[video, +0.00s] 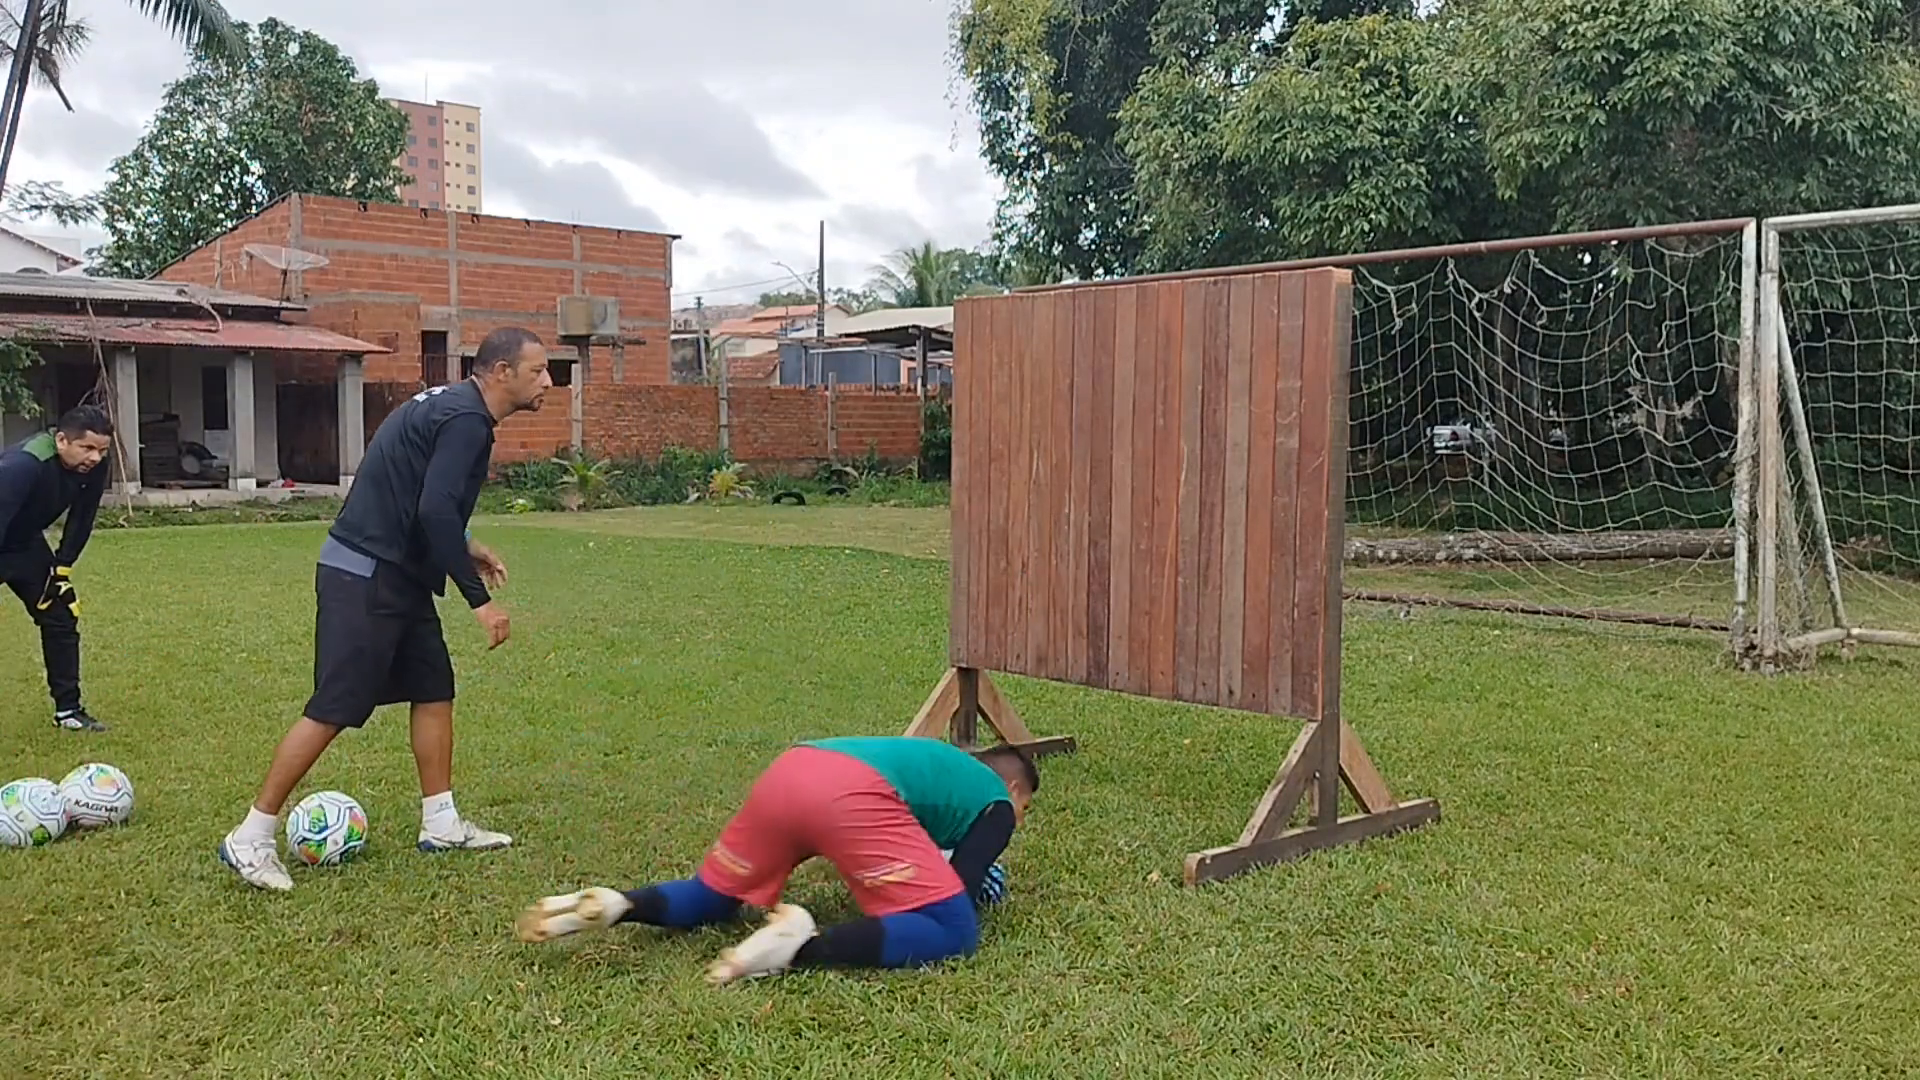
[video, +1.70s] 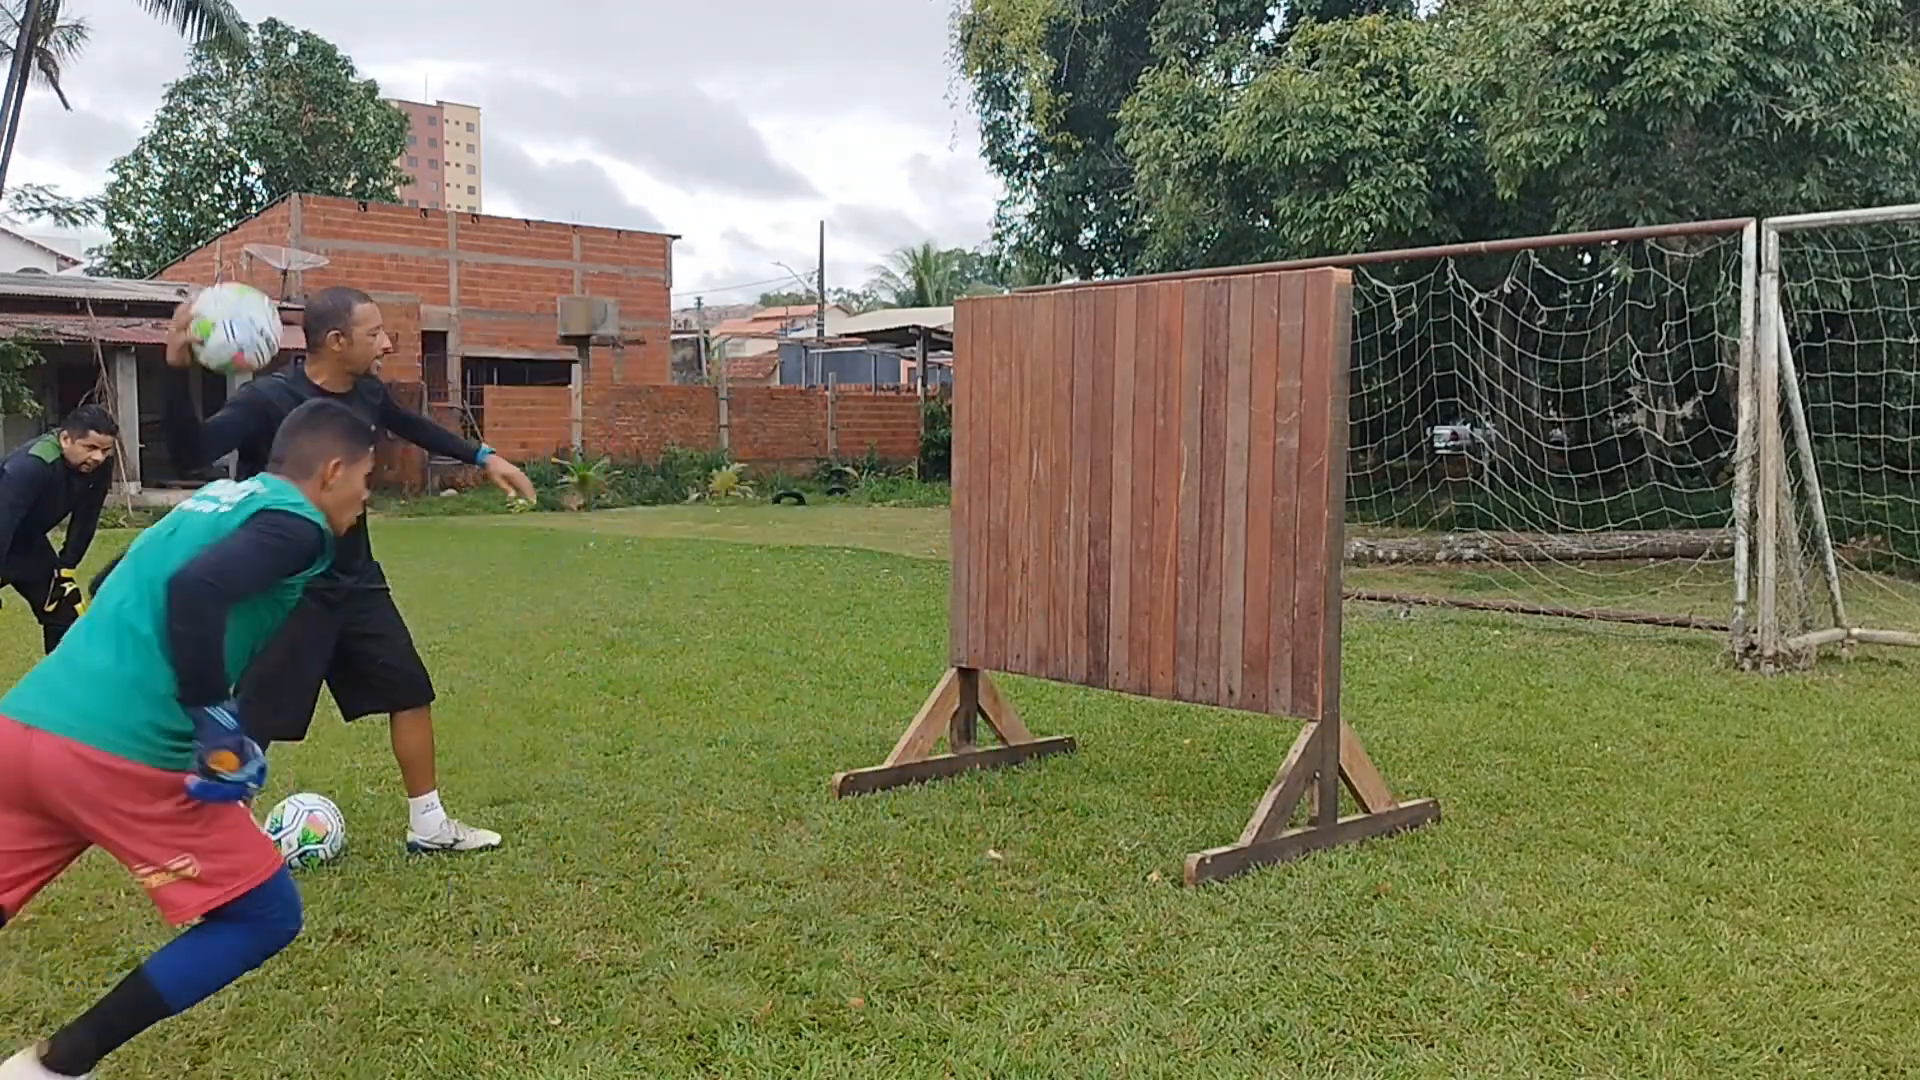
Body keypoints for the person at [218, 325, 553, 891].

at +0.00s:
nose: (548, 382)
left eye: (548, 372)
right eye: (540, 371)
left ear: (498, 372)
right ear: (502, 371)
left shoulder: (452, 407)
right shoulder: (467, 420)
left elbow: (418, 504)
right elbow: (438, 512)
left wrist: (465, 549)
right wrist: (480, 599)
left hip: (400, 576)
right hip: (362, 572)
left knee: (433, 687)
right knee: (335, 704)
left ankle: (441, 824)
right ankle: (252, 836)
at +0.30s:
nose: (471, 356)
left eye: (469, 344)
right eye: (459, 345)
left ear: (428, 353)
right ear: (419, 352)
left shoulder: (410, 413)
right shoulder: (379, 413)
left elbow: (386, 501)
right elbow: (347, 508)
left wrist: (432, 540)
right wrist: (393, 591)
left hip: (377, 587)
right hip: (325, 586)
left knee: (422, 698)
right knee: (293, 717)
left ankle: (441, 826)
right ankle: (235, 855)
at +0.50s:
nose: (398, 340)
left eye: (397, 329)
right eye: (387, 329)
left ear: (356, 340)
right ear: (347, 338)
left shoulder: (347, 401)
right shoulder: (306, 404)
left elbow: (338, 495)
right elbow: (289, 511)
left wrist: (393, 521)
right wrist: (374, 564)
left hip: (336, 585)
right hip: (283, 588)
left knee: (393, 695)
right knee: (254, 724)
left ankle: (429, 822)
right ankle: (227, 860)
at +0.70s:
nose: (353, 325)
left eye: (350, 312)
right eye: (340, 314)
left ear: (310, 325)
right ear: (299, 326)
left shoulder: (310, 394)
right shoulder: (262, 398)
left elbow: (331, 480)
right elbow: (280, 501)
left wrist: (413, 477)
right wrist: (384, 492)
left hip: (320, 584)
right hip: (268, 589)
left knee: (367, 700)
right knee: (251, 724)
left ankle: (381, 834)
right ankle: (227, 859)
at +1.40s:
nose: (326, 328)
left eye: (323, 316)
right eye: (314, 319)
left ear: (286, 326)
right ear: (275, 327)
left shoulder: (299, 393)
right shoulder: (223, 406)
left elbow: (311, 478)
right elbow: (212, 519)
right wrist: (303, 549)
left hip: (307, 574)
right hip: (248, 584)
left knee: (359, 693)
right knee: (242, 726)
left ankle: (385, 819)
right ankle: (225, 859)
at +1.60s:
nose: (358, 335)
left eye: (356, 324)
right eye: (346, 326)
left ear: (322, 334)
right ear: (305, 335)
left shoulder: (348, 390)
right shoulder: (248, 403)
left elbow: (388, 437)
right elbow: (192, 499)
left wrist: (440, 461)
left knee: (399, 687)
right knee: (246, 720)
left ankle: (415, 820)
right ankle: (224, 853)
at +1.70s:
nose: (384, 343)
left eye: (382, 332)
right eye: (374, 334)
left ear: (345, 342)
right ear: (335, 342)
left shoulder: (367, 393)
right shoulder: (270, 398)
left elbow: (411, 427)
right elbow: (189, 452)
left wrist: (483, 457)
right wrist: (178, 370)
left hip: (356, 579)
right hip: (285, 586)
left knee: (409, 687)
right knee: (251, 715)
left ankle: (429, 825)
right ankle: (214, 835)